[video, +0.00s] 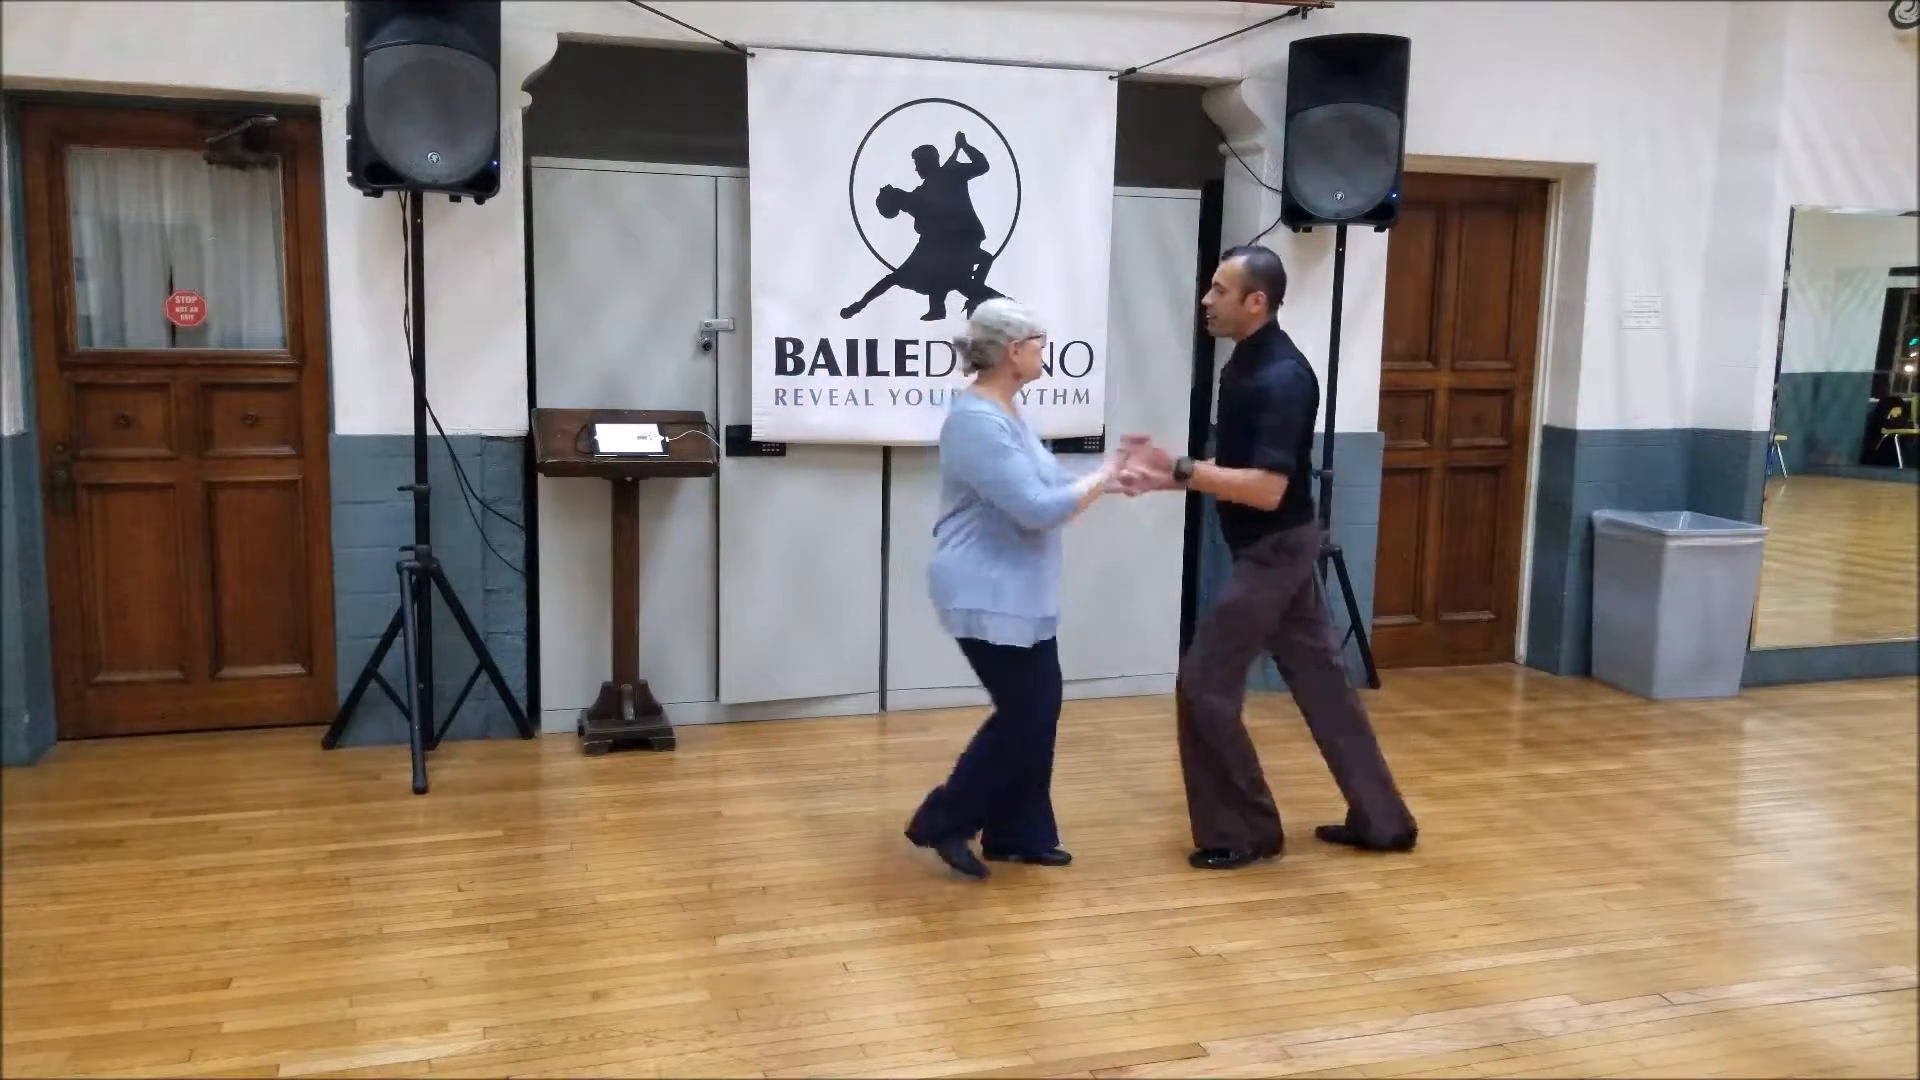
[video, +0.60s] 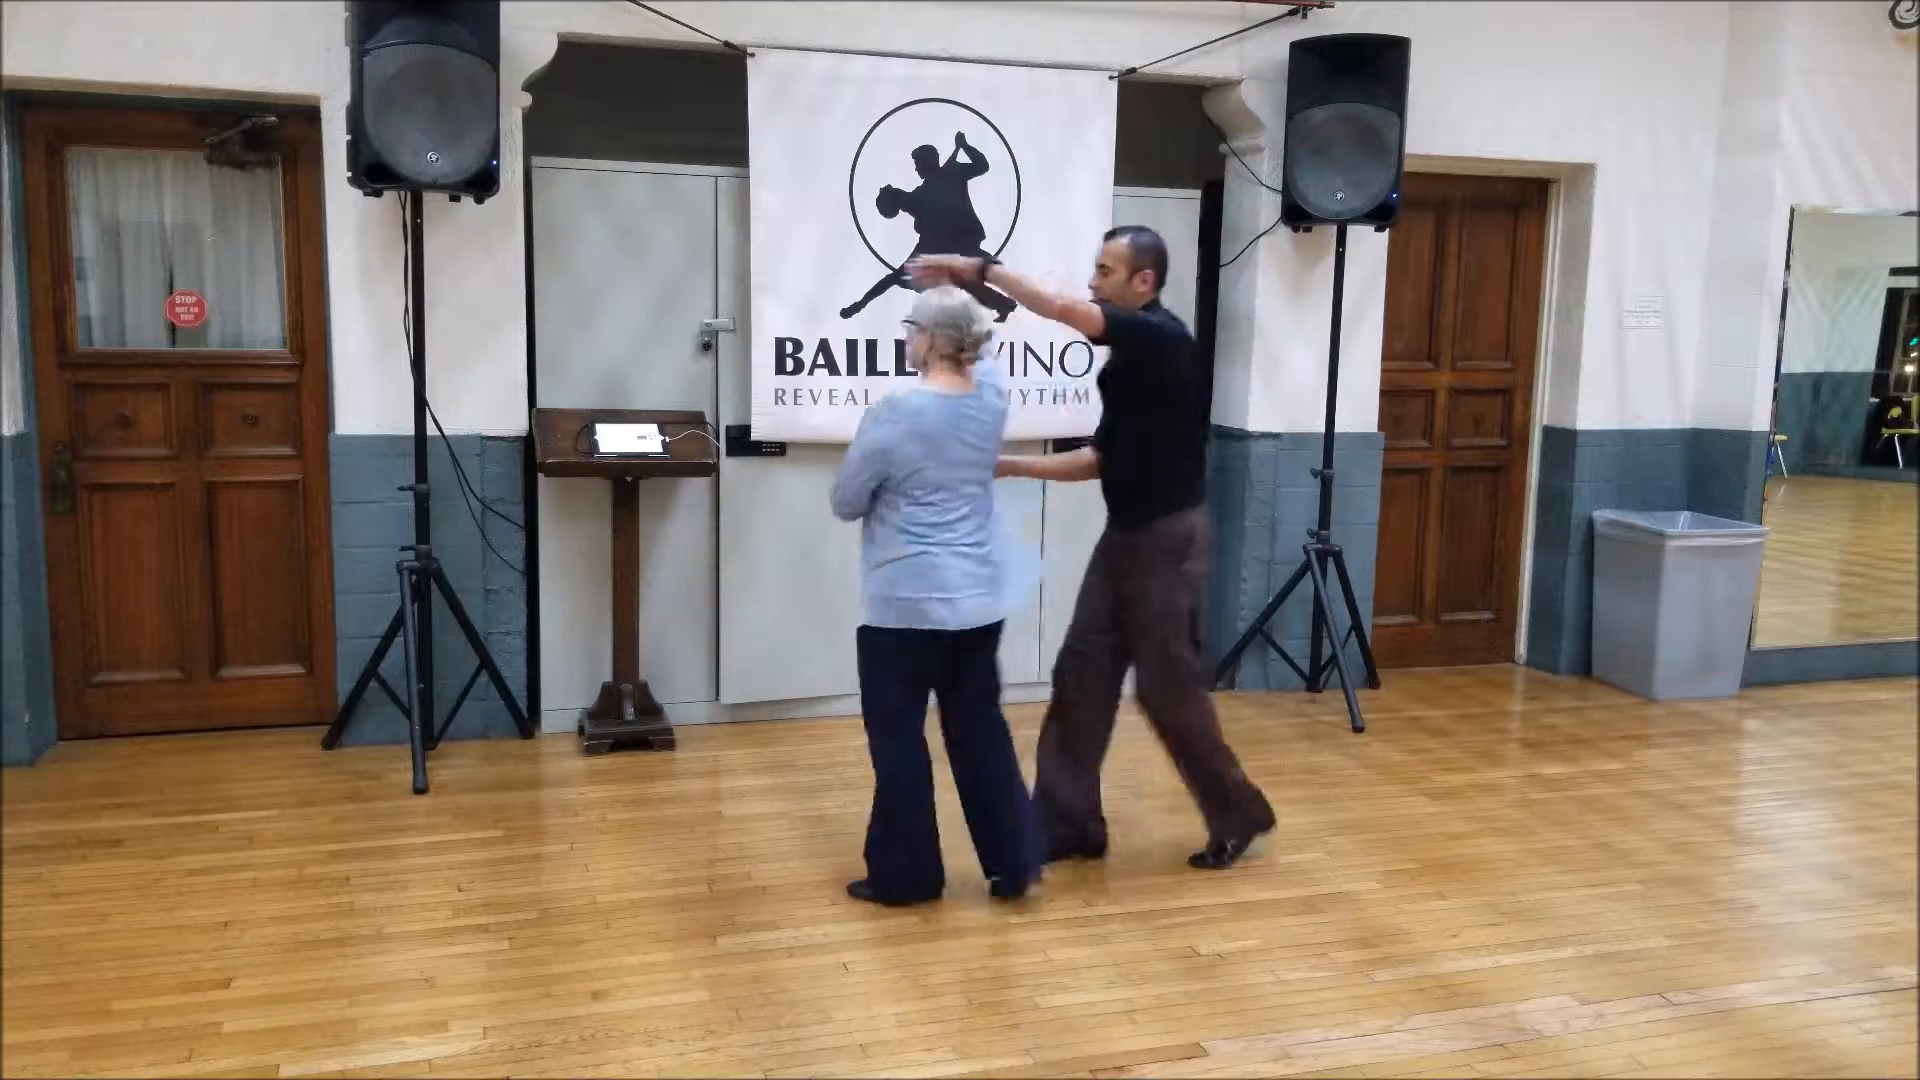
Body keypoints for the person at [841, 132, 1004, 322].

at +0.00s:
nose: (915, 167)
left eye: (917, 162)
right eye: (915, 162)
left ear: (924, 163)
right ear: (936, 160)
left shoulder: (919, 195)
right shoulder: (956, 172)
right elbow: (983, 166)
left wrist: (890, 194)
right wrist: (965, 146)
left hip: (933, 251)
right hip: (965, 246)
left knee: (895, 278)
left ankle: (861, 304)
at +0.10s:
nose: (916, 168)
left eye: (918, 163)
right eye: (916, 163)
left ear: (924, 163)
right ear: (937, 160)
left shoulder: (918, 195)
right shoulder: (955, 172)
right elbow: (982, 166)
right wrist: (964, 146)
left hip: (932, 251)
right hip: (965, 245)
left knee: (894, 278)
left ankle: (860, 305)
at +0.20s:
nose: (916, 168)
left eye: (917, 163)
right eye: (916, 163)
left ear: (924, 163)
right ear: (937, 161)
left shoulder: (917, 196)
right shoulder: (955, 172)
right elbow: (982, 166)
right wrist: (965, 146)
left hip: (931, 252)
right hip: (965, 247)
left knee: (893, 278)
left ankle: (860, 305)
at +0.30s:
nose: (916, 168)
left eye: (918, 163)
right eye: (916, 163)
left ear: (925, 163)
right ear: (937, 161)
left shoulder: (917, 196)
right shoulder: (955, 172)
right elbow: (982, 166)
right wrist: (965, 146)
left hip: (931, 251)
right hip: (965, 247)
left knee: (893, 278)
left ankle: (860, 305)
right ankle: (936, 308)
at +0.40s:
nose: (916, 168)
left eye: (917, 163)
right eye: (915, 163)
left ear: (926, 162)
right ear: (936, 161)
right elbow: (982, 166)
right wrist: (965, 146)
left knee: (894, 277)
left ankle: (860, 305)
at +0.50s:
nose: (916, 167)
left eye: (918, 162)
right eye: (915, 163)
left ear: (928, 162)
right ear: (936, 161)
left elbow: (982, 167)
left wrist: (964, 146)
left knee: (893, 278)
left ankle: (859, 306)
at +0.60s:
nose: (915, 167)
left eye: (917, 163)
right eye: (916, 162)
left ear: (922, 164)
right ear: (937, 160)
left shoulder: (917, 194)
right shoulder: (957, 171)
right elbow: (982, 165)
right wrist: (966, 146)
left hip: (931, 250)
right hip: (966, 246)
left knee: (895, 277)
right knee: (969, 283)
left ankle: (860, 304)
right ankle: (1004, 304)